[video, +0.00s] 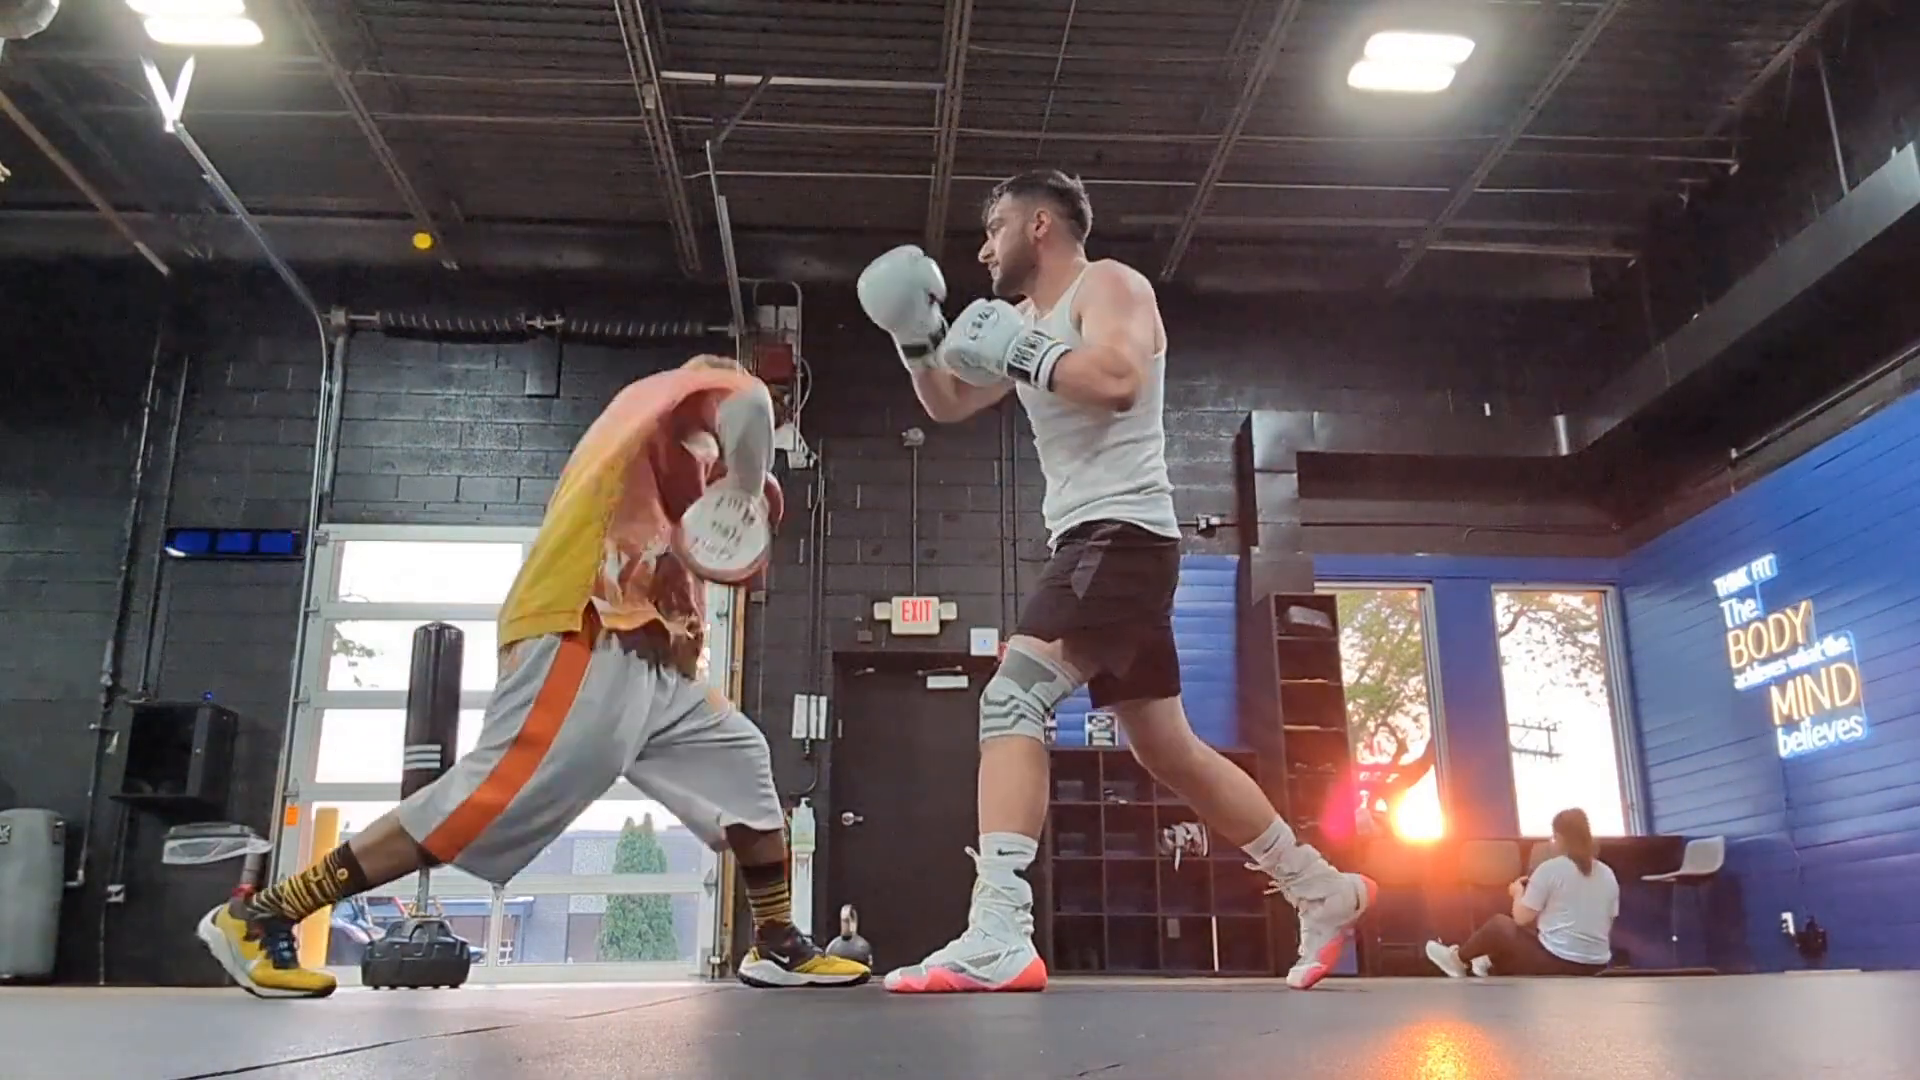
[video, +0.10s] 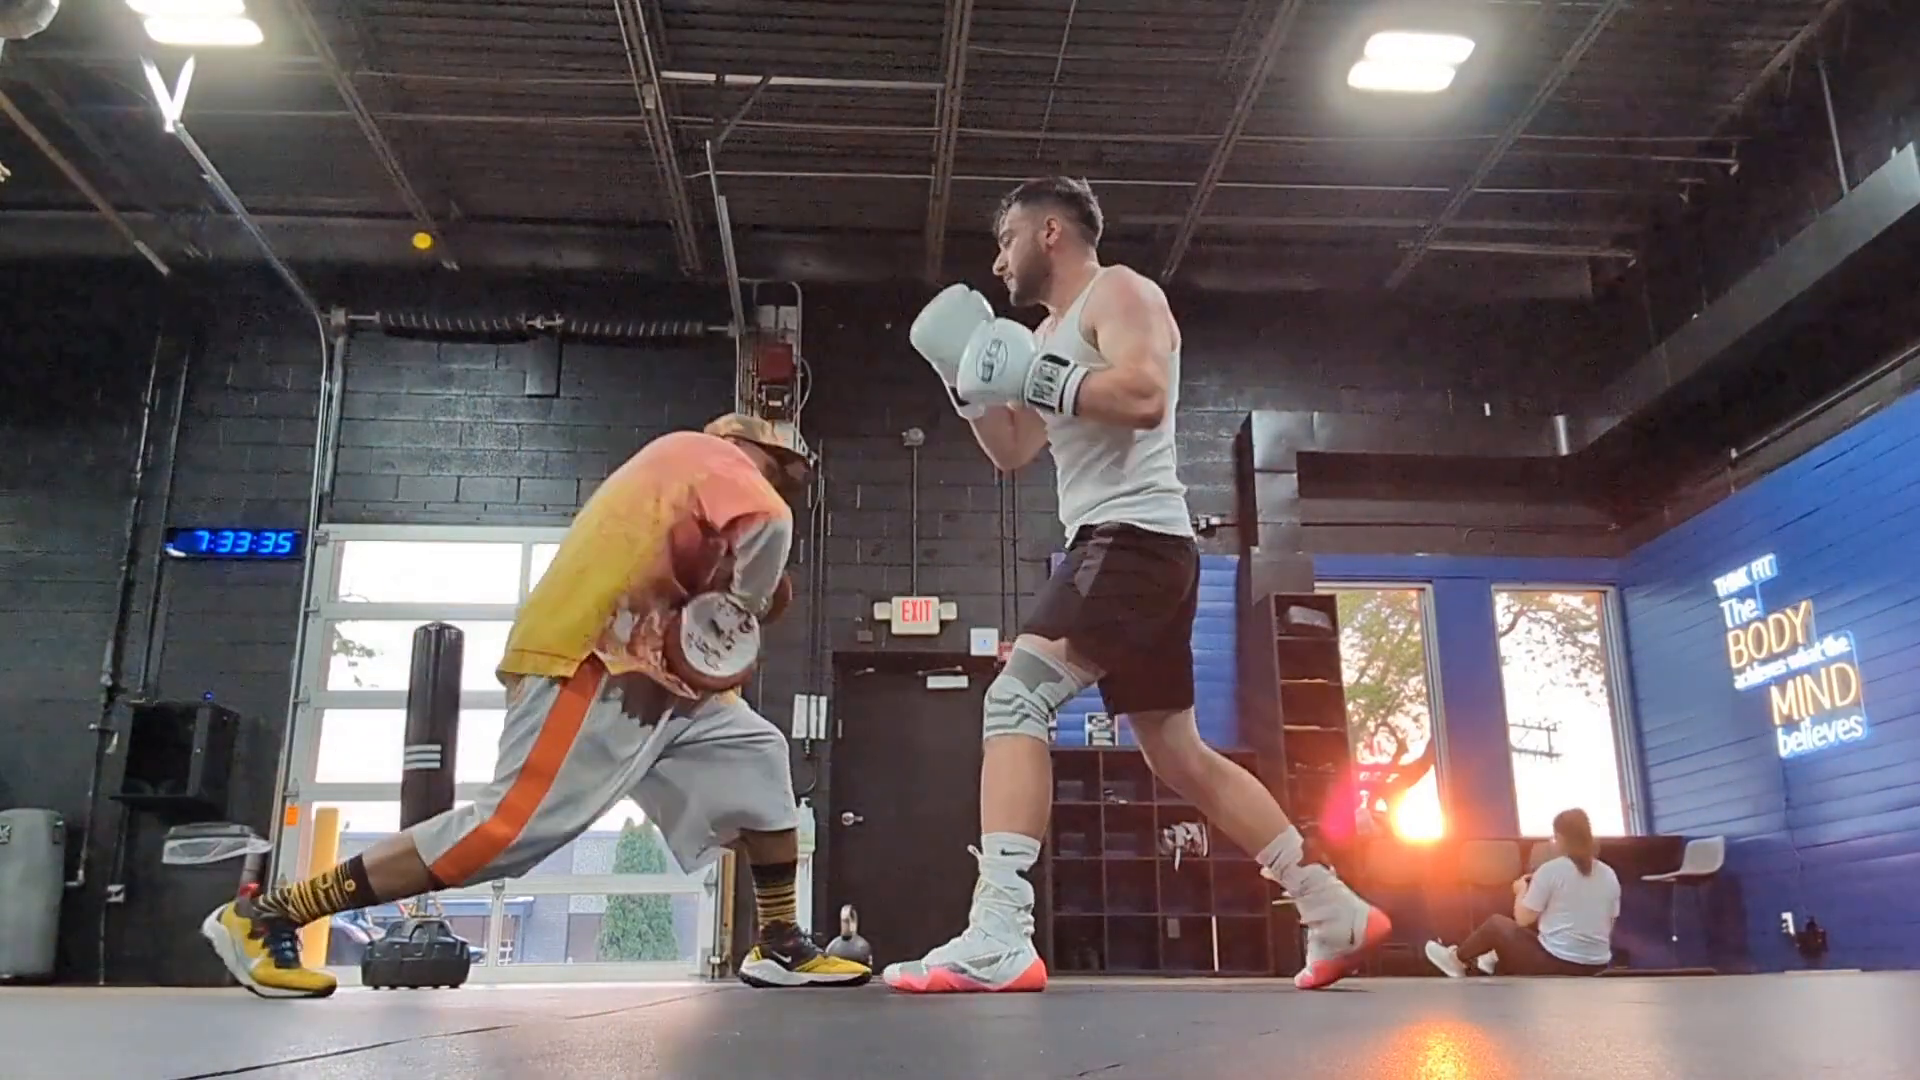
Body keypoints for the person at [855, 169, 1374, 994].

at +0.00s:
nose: (984, 245)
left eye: (995, 227)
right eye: (984, 233)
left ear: (1044, 222)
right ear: (1036, 232)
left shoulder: (1111, 282)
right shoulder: (1021, 318)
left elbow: (1117, 382)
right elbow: (947, 401)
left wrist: (1018, 345)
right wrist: (917, 338)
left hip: (1121, 534)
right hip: (1092, 539)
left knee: (1013, 704)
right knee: (1168, 749)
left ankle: (999, 936)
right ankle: (1323, 889)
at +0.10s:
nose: (997, 258)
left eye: (1005, 238)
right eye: (996, 244)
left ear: (1051, 228)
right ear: (1045, 237)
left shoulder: (1122, 289)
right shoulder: (1051, 334)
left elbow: (1145, 397)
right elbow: (1009, 450)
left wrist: (1036, 371)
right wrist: (968, 375)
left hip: (1131, 538)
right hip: (1133, 545)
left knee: (1017, 703)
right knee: (1175, 749)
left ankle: (999, 934)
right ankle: (1332, 908)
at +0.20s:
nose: (1002, 292)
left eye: (1006, 274)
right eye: (999, 279)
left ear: (1045, 261)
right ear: (1056, 267)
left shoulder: (1115, 320)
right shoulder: (1082, 353)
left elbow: (1165, 427)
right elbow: (1085, 446)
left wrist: (1049, 427)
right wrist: (1012, 368)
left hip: (1156, 552)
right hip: (1201, 563)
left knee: (1007, 703)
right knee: (1216, 776)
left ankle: (1000, 931)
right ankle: (1350, 937)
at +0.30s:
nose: (993, 333)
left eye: (998, 312)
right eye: (991, 316)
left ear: (1035, 299)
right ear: (1074, 301)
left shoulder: (1053, 349)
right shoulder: (1148, 347)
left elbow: (1079, 425)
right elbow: (1180, 462)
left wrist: (991, 484)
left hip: (1153, 555)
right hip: (1239, 560)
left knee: (1019, 722)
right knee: (1240, 768)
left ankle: (987, 919)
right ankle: (1355, 938)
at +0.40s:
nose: (1000, 352)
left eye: (1001, 333)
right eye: (998, 335)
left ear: (1034, 322)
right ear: (1079, 318)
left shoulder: (1043, 370)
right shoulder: (1156, 361)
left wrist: (885, 516)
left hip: (1161, 561)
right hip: (1254, 560)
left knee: (1032, 735)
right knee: (1247, 761)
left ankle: (993, 935)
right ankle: (1366, 928)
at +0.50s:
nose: (1027, 364)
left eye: (1027, 348)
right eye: (1024, 352)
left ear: (1057, 326)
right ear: (1101, 322)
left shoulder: (1077, 363)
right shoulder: (1178, 377)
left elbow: (1001, 463)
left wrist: (906, 482)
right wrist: (914, 487)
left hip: (1178, 557)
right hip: (1270, 568)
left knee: (1040, 724)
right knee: (1271, 771)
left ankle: (992, 929)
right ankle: (1404, 933)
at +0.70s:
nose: (1078, 328)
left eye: (1083, 313)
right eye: (1078, 317)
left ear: (1116, 301)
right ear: (1159, 303)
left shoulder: (1115, 330)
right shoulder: (1232, 362)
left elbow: (989, 374)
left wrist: (961, 404)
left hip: (1179, 538)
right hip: (1277, 548)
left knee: (1059, 719)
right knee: (1298, 754)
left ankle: (1059, 911)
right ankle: (1408, 938)